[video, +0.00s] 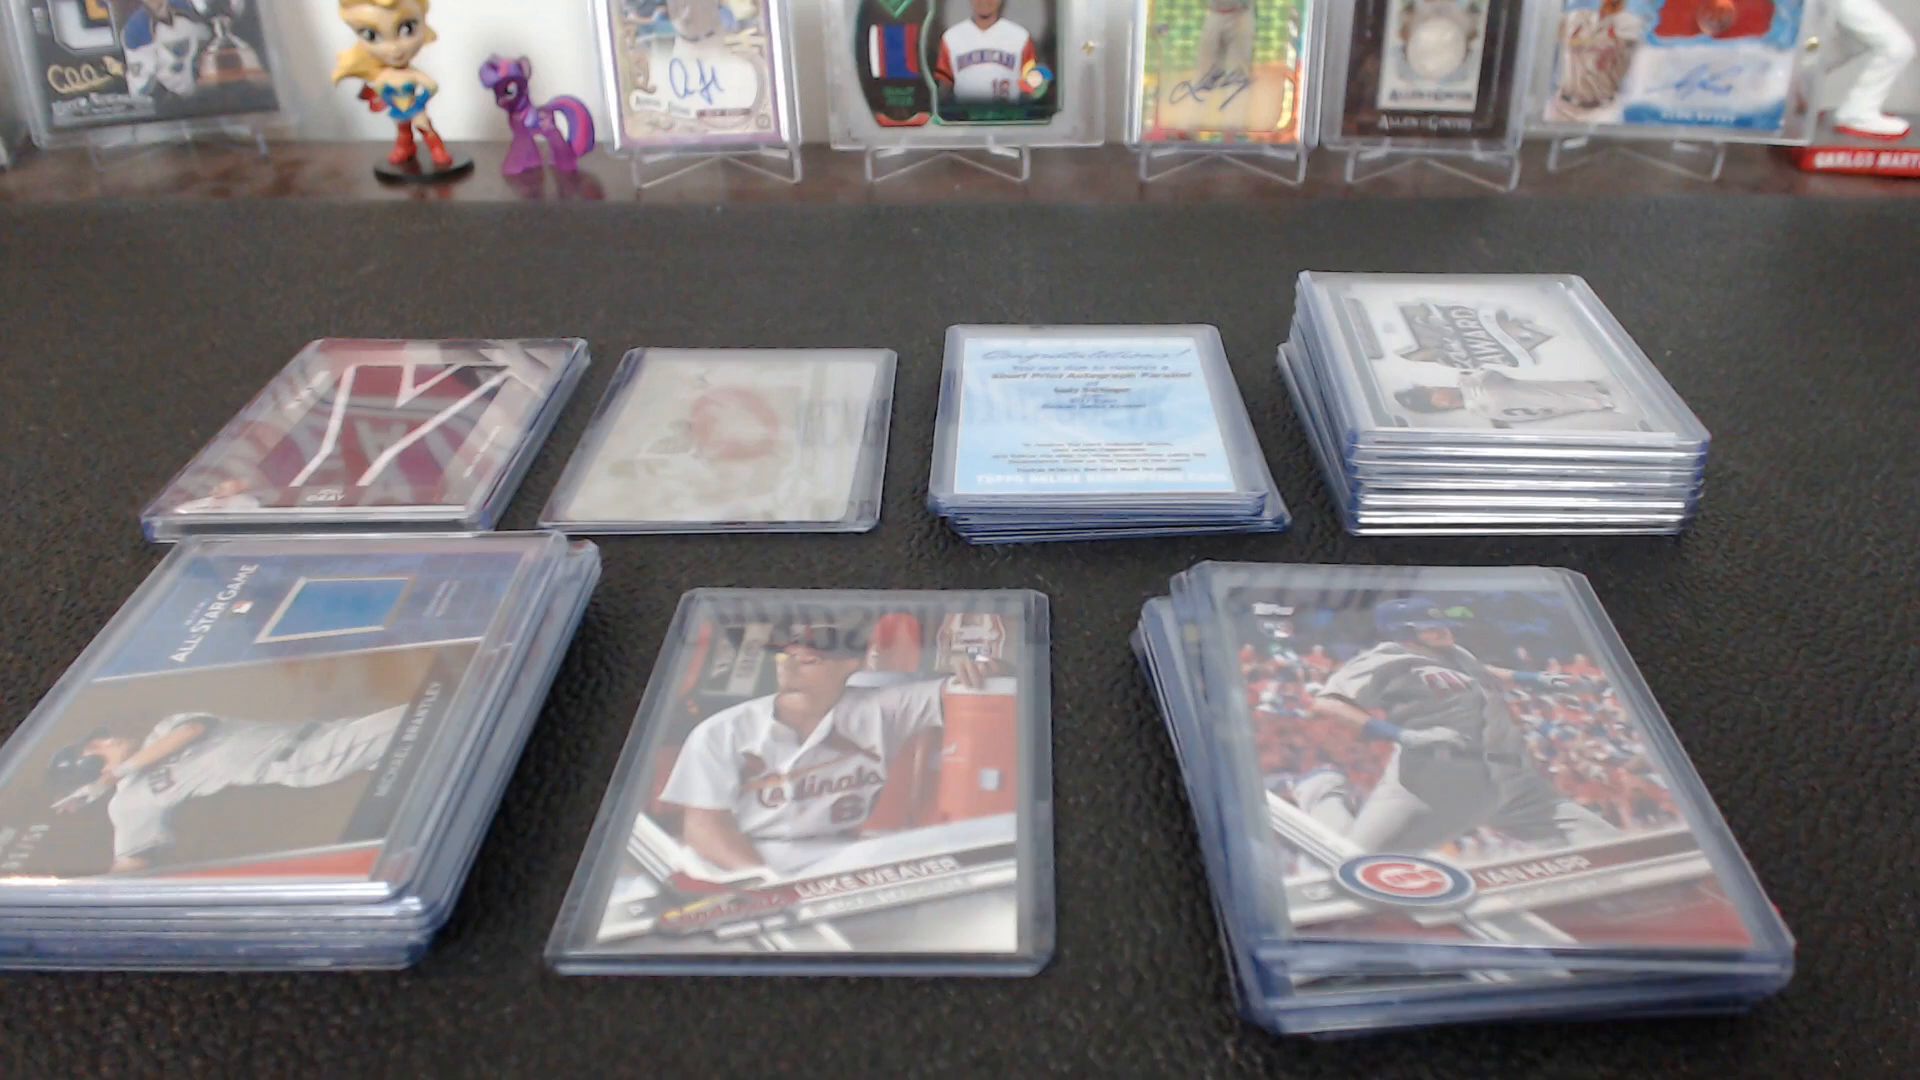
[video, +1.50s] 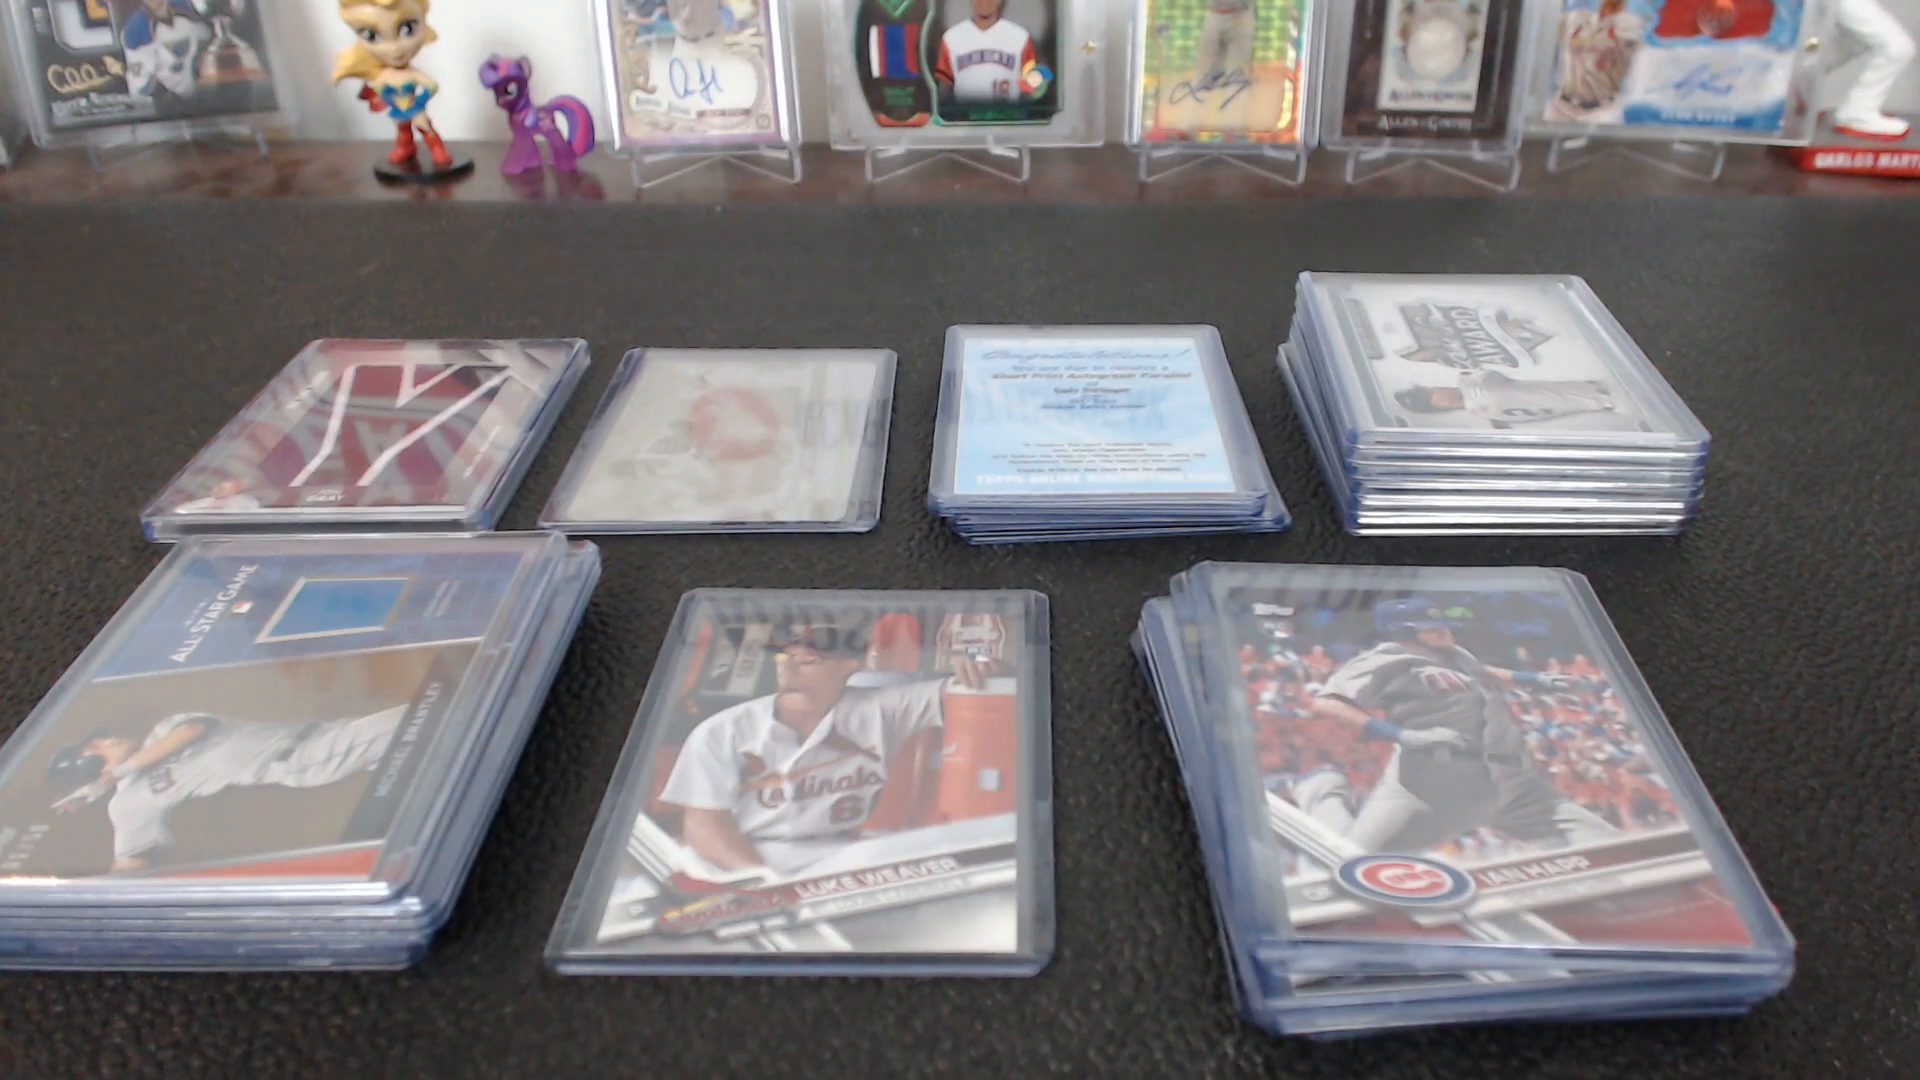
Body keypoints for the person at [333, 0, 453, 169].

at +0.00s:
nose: (393, 49)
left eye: (407, 29)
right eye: (371, 35)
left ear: (424, 25)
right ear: (357, 36)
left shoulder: (414, 74)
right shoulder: (376, 72)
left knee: (421, 121)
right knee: (400, 120)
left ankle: (436, 148)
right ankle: (405, 146)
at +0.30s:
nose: (393, 49)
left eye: (407, 29)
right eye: (371, 35)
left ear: (424, 26)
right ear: (357, 36)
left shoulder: (414, 75)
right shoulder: (377, 73)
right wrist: (375, 99)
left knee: (421, 121)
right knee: (400, 121)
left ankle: (436, 148)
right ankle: (405, 146)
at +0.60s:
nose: (393, 49)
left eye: (407, 29)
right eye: (371, 35)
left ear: (424, 26)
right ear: (357, 36)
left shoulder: (414, 74)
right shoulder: (377, 73)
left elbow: (426, 86)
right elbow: (369, 86)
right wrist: (375, 99)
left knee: (421, 121)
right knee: (401, 121)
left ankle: (436, 148)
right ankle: (405, 146)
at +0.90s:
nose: (393, 49)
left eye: (407, 29)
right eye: (371, 36)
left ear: (424, 26)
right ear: (357, 36)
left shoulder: (414, 75)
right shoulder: (377, 73)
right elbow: (369, 86)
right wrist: (374, 98)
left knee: (421, 121)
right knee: (400, 121)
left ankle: (436, 148)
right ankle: (405, 146)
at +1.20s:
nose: (393, 49)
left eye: (407, 29)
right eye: (371, 35)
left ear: (424, 26)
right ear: (357, 36)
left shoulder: (414, 75)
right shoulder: (378, 74)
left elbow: (426, 87)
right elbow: (369, 87)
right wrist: (375, 99)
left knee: (421, 122)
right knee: (401, 122)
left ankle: (436, 148)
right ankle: (405, 146)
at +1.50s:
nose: (393, 49)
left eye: (407, 29)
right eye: (371, 35)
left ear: (424, 26)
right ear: (357, 37)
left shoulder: (414, 75)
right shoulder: (378, 74)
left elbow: (427, 86)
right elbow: (369, 87)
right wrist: (375, 99)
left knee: (421, 122)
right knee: (401, 123)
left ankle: (437, 148)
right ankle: (405, 146)